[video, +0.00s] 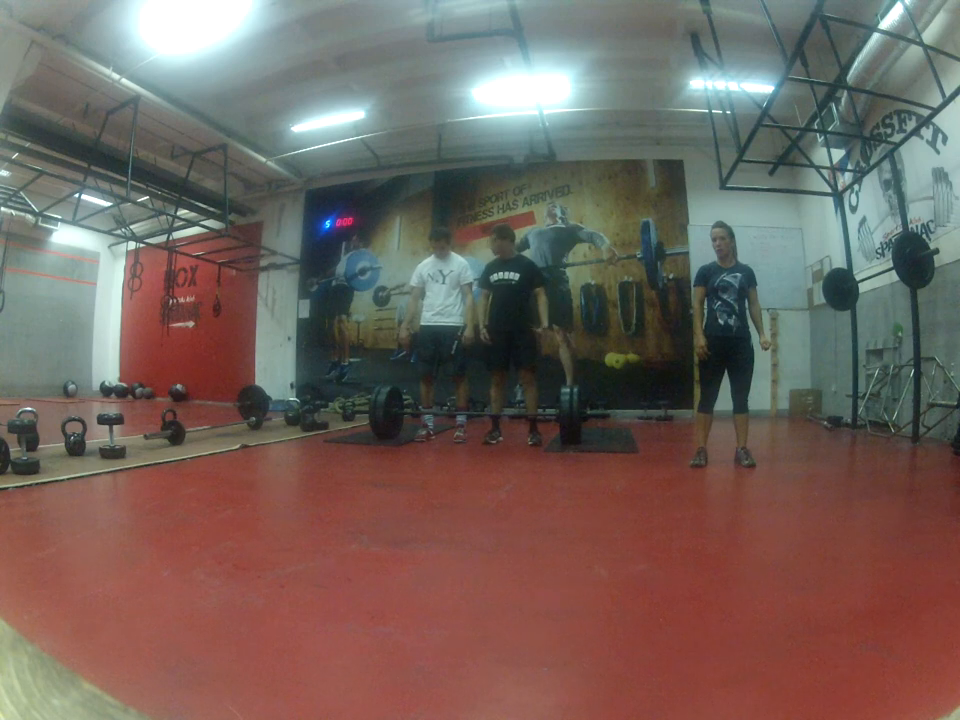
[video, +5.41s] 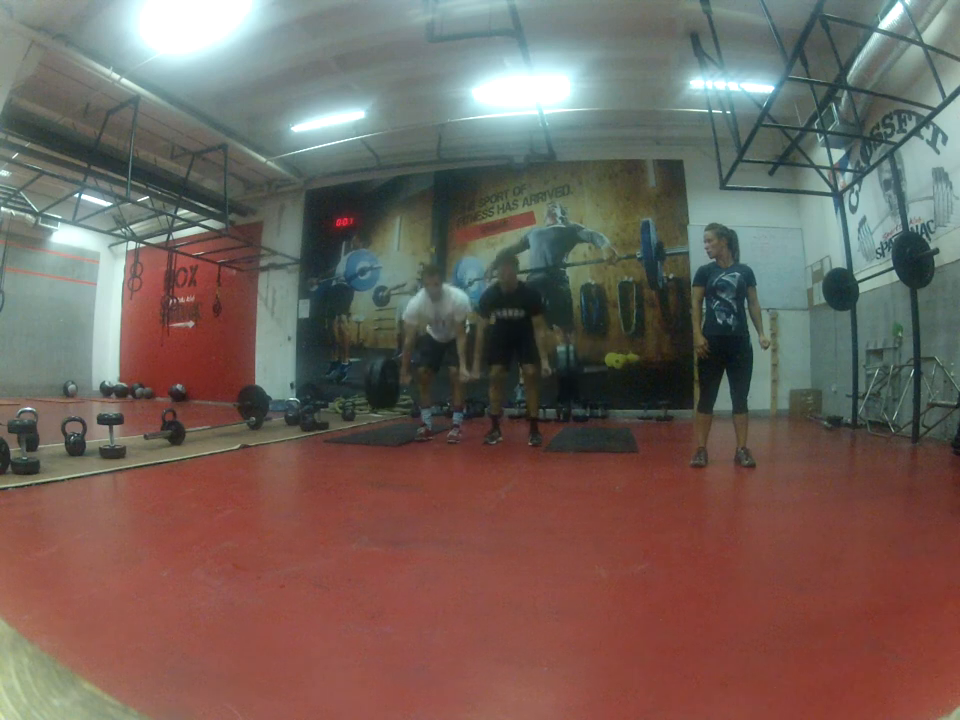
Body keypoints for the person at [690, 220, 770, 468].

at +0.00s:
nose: (718, 243)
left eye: (722, 239)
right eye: (714, 240)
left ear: (732, 241)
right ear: (711, 244)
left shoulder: (746, 272)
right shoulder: (705, 272)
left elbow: (754, 305)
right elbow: (697, 306)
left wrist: (761, 333)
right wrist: (698, 336)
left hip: (740, 343)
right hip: (712, 342)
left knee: (740, 399)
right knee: (707, 399)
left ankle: (742, 449)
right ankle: (701, 450)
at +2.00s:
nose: (717, 243)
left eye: (721, 238)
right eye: (713, 240)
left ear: (731, 241)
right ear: (710, 244)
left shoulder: (745, 272)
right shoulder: (704, 272)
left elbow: (753, 305)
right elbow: (697, 306)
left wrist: (761, 333)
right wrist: (698, 335)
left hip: (739, 343)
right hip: (711, 342)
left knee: (740, 399)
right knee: (706, 398)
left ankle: (742, 449)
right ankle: (701, 449)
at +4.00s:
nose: (706, 245)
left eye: (710, 241)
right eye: (705, 241)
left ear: (725, 241)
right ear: (709, 244)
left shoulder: (745, 271)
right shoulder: (704, 271)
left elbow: (754, 304)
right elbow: (697, 306)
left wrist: (761, 333)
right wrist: (697, 335)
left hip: (739, 342)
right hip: (711, 342)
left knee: (740, 399)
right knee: (706, 399)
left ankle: (742, 449)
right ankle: (700, 450)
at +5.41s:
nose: (706, 245)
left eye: (709, 241)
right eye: (705, 242)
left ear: (725, 241)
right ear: (710, 244)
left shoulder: (745, 271)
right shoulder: (704, 271)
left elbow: (753, 304)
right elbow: (696, 306)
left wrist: (761, 333)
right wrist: (697, 335)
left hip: (739, 342)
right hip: (711, 342)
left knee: (740, 399)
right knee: (706, 399)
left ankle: (742, 449)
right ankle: (700, 450)